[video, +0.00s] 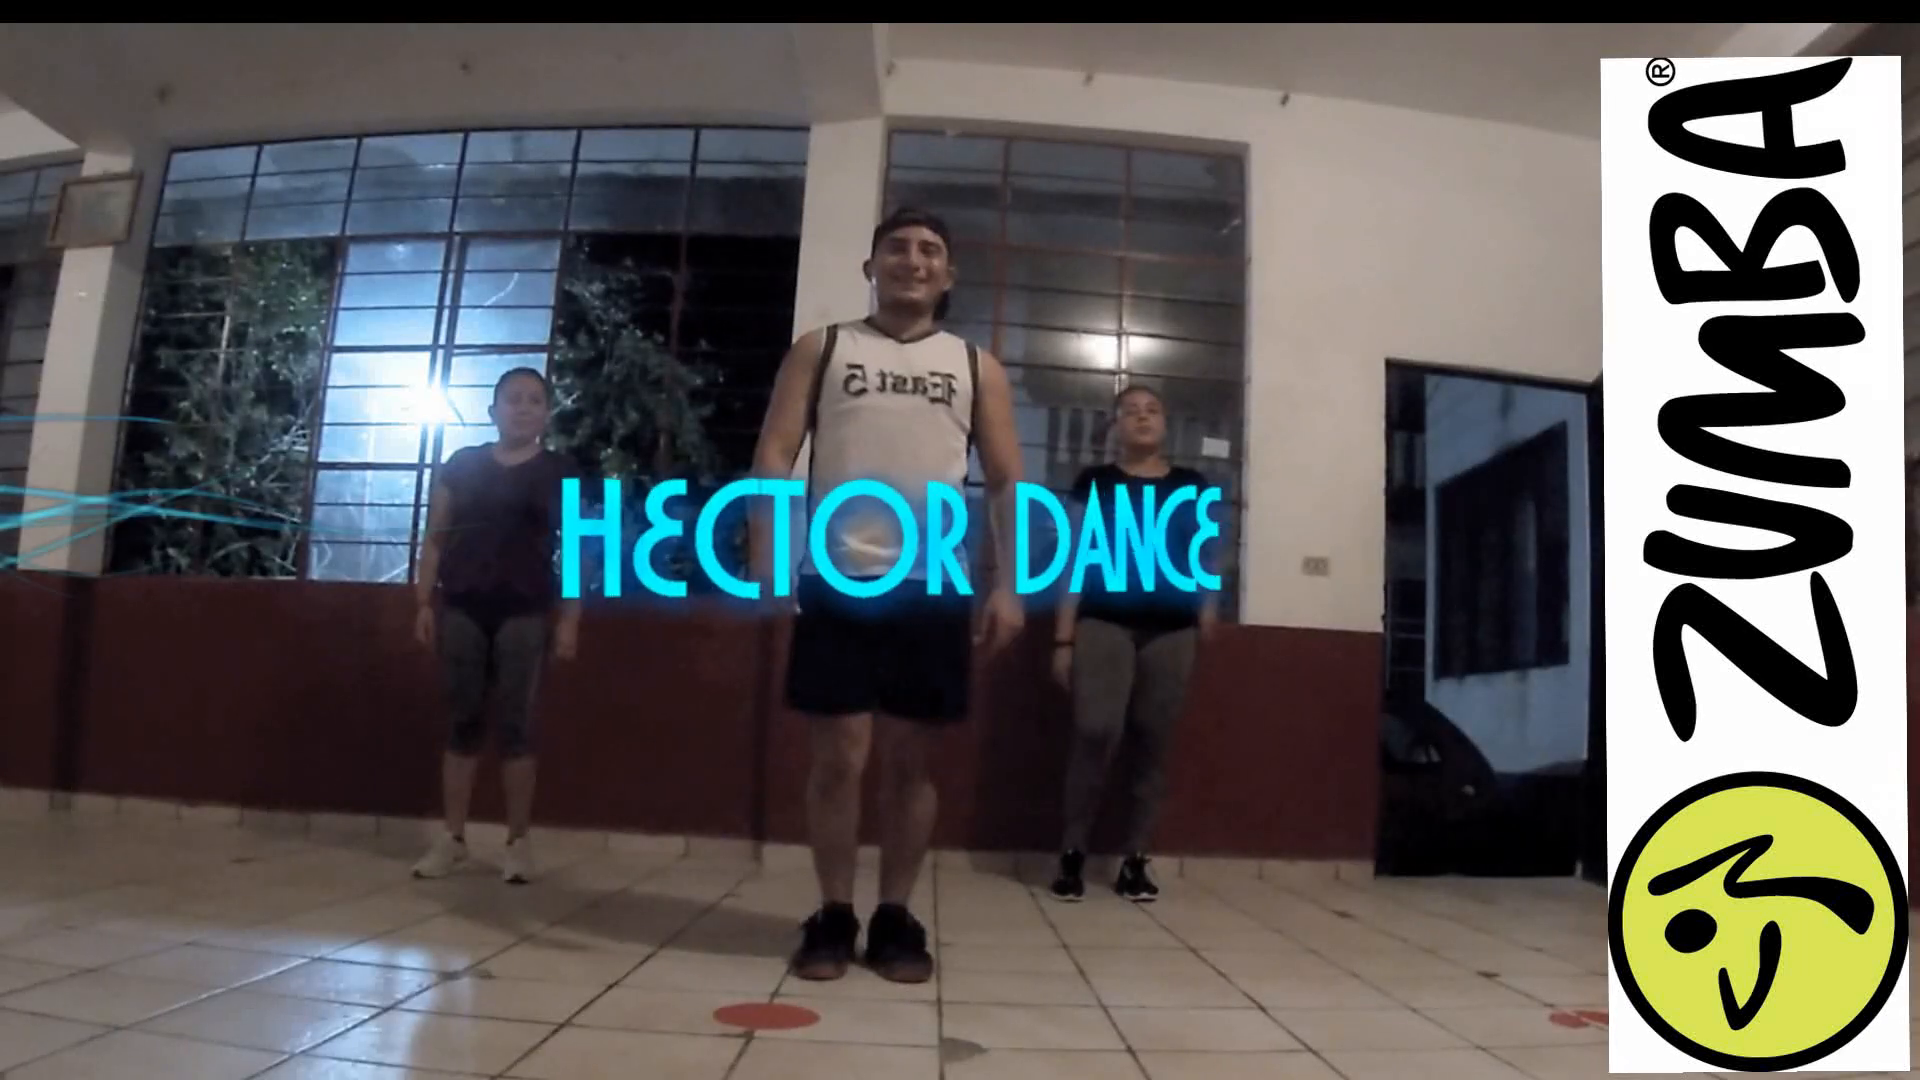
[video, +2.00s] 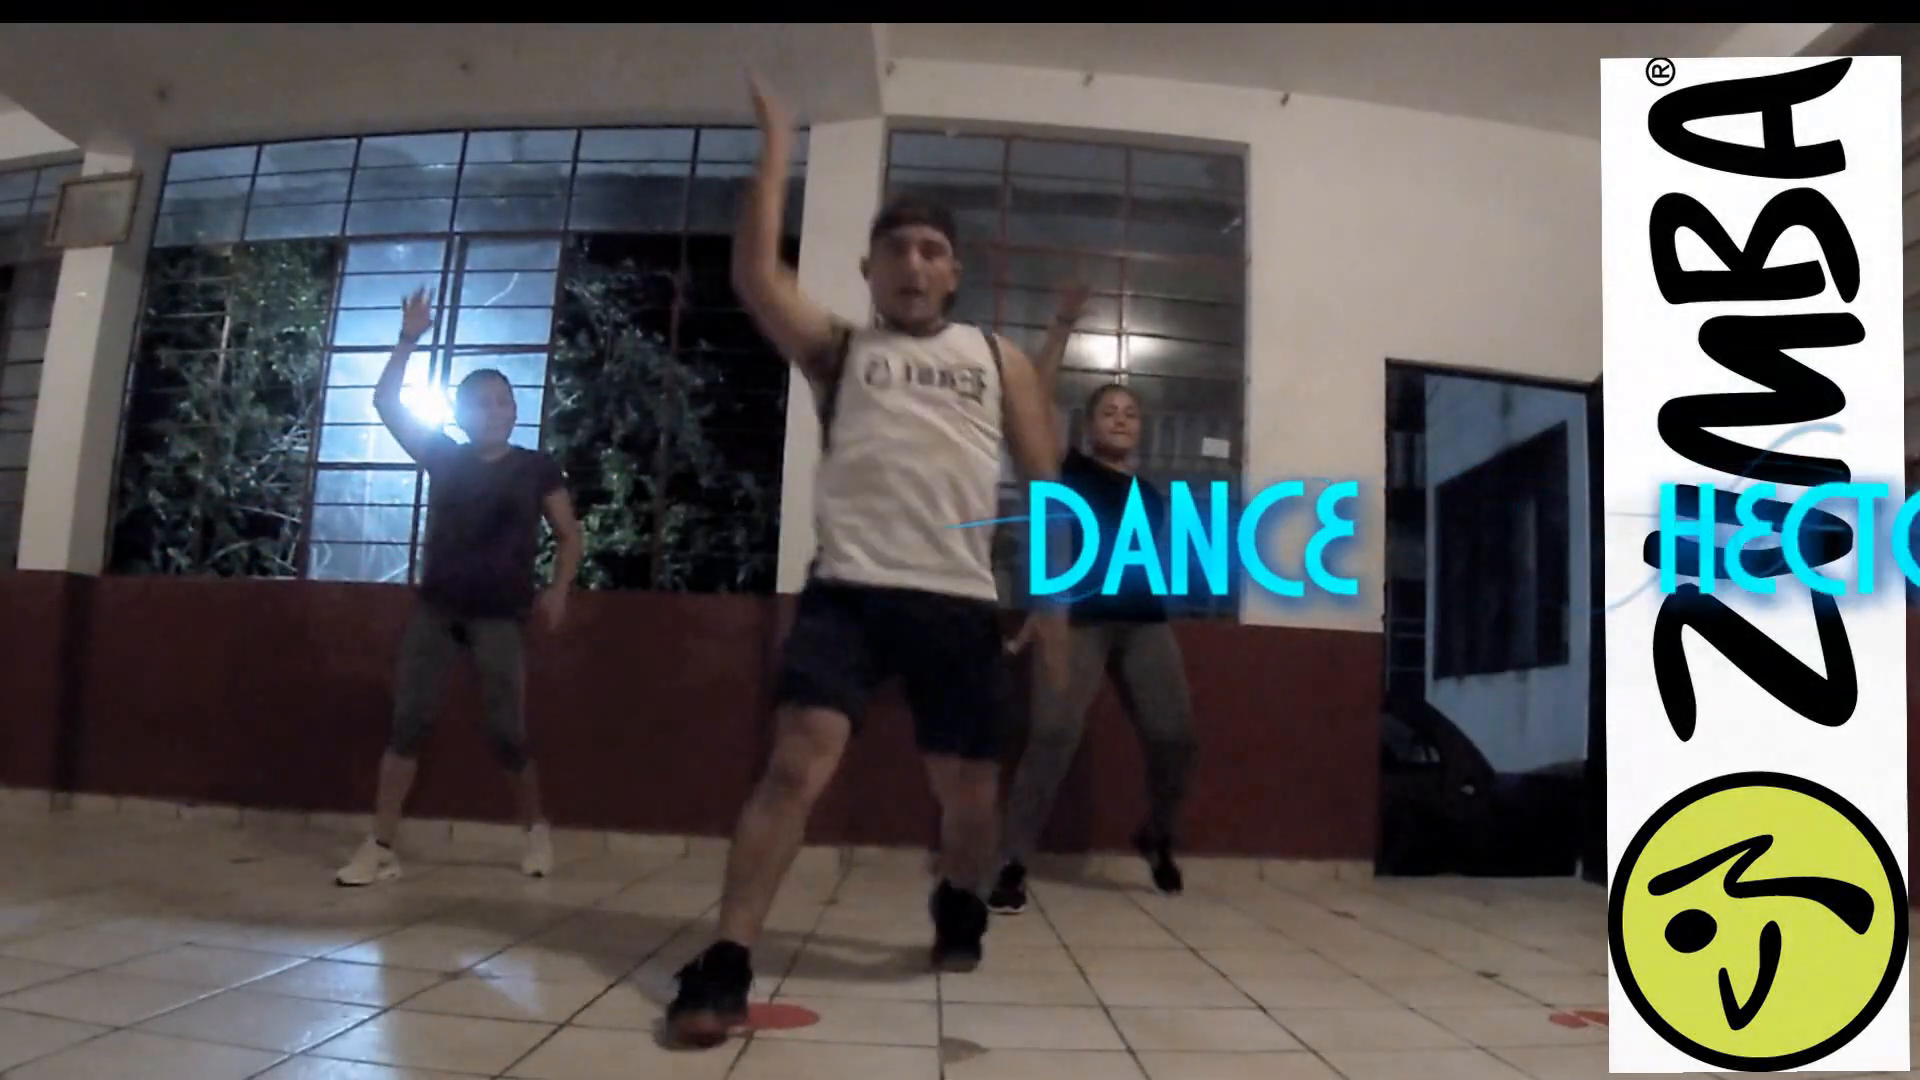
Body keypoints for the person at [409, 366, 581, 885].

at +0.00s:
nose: (523, 409)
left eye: (533, 402)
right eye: (514, 400)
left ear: (547, 413)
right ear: (495, 408)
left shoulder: (558, 474)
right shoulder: (461, 465)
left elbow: (575, 550)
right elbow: (435, 539)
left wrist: (569, 618)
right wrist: (424, 602)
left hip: (525, 614)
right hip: (461, 612)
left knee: (516, 728)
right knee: (462, 724)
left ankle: (516, 843)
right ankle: (452, 838)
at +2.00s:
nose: (488, 411)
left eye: (497, 402)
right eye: (479, 402)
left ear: (512, 412)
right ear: (461, 410)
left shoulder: (535, 468)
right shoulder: (443, 455)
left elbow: (570, 535)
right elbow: (386, 400)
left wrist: (559, 591)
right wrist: (408, 339)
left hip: (500, 613)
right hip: (436, 606)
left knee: (508, 731)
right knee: (407, 723)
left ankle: (536, 835)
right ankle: (381, 846)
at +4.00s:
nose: (506, 416)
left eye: (516, 407)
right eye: (495, 407)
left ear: (531, 416)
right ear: (478, 417)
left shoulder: (554, 473)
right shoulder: (455, 476)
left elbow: (611, 533)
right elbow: (403, 523)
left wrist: (571, 599)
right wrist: (383, 500)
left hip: (521, 629)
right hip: (457, 624)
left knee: (523, 748)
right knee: (411, 735)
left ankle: (541, 845)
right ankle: (357, 844)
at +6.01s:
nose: (449, 383)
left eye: (460, 375)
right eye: (438, 374)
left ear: (475, 389)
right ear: (418, 387)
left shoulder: (489, 444)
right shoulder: (388, 448)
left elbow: (539, 491)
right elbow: (318, 488)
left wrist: (503, 456)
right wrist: (317, 442)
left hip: (460, 596)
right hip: (394, 594)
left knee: (434, 708)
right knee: (374, 707)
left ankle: (431, 839)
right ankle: (365, 844)